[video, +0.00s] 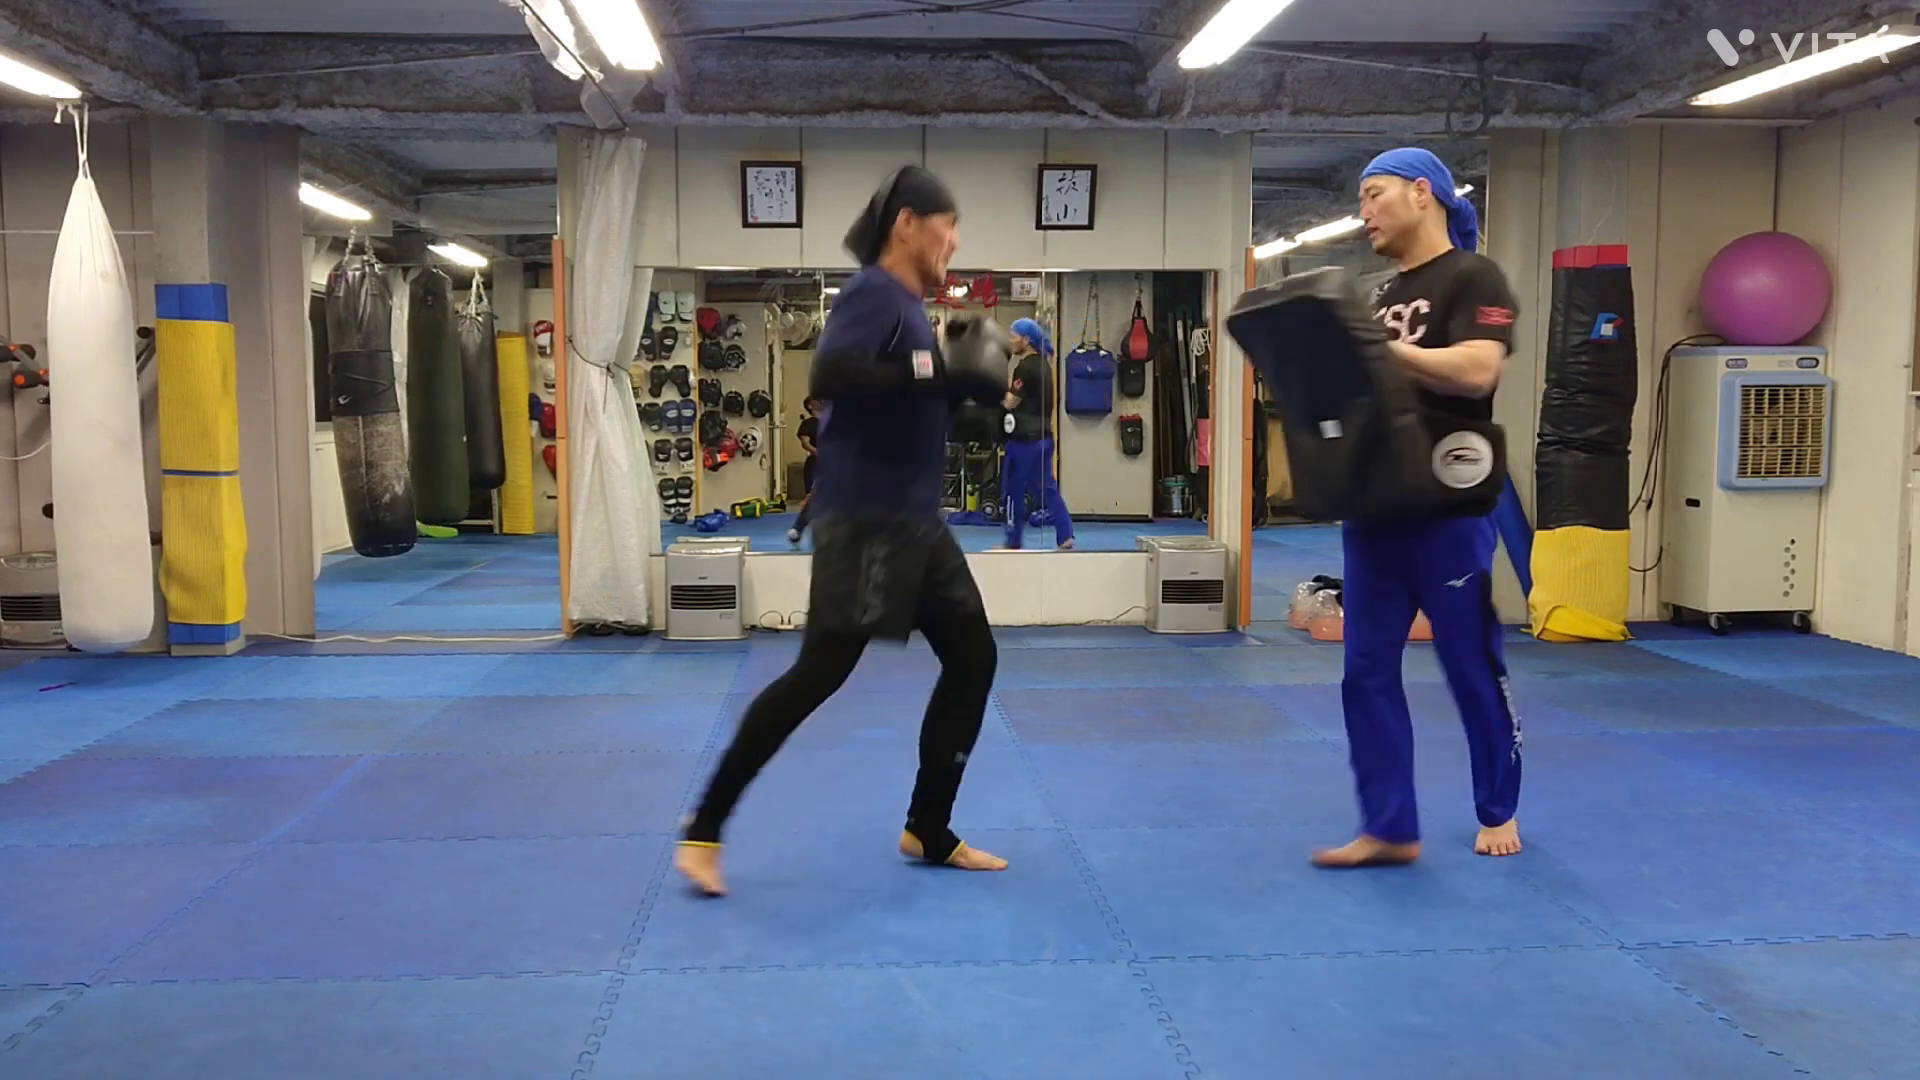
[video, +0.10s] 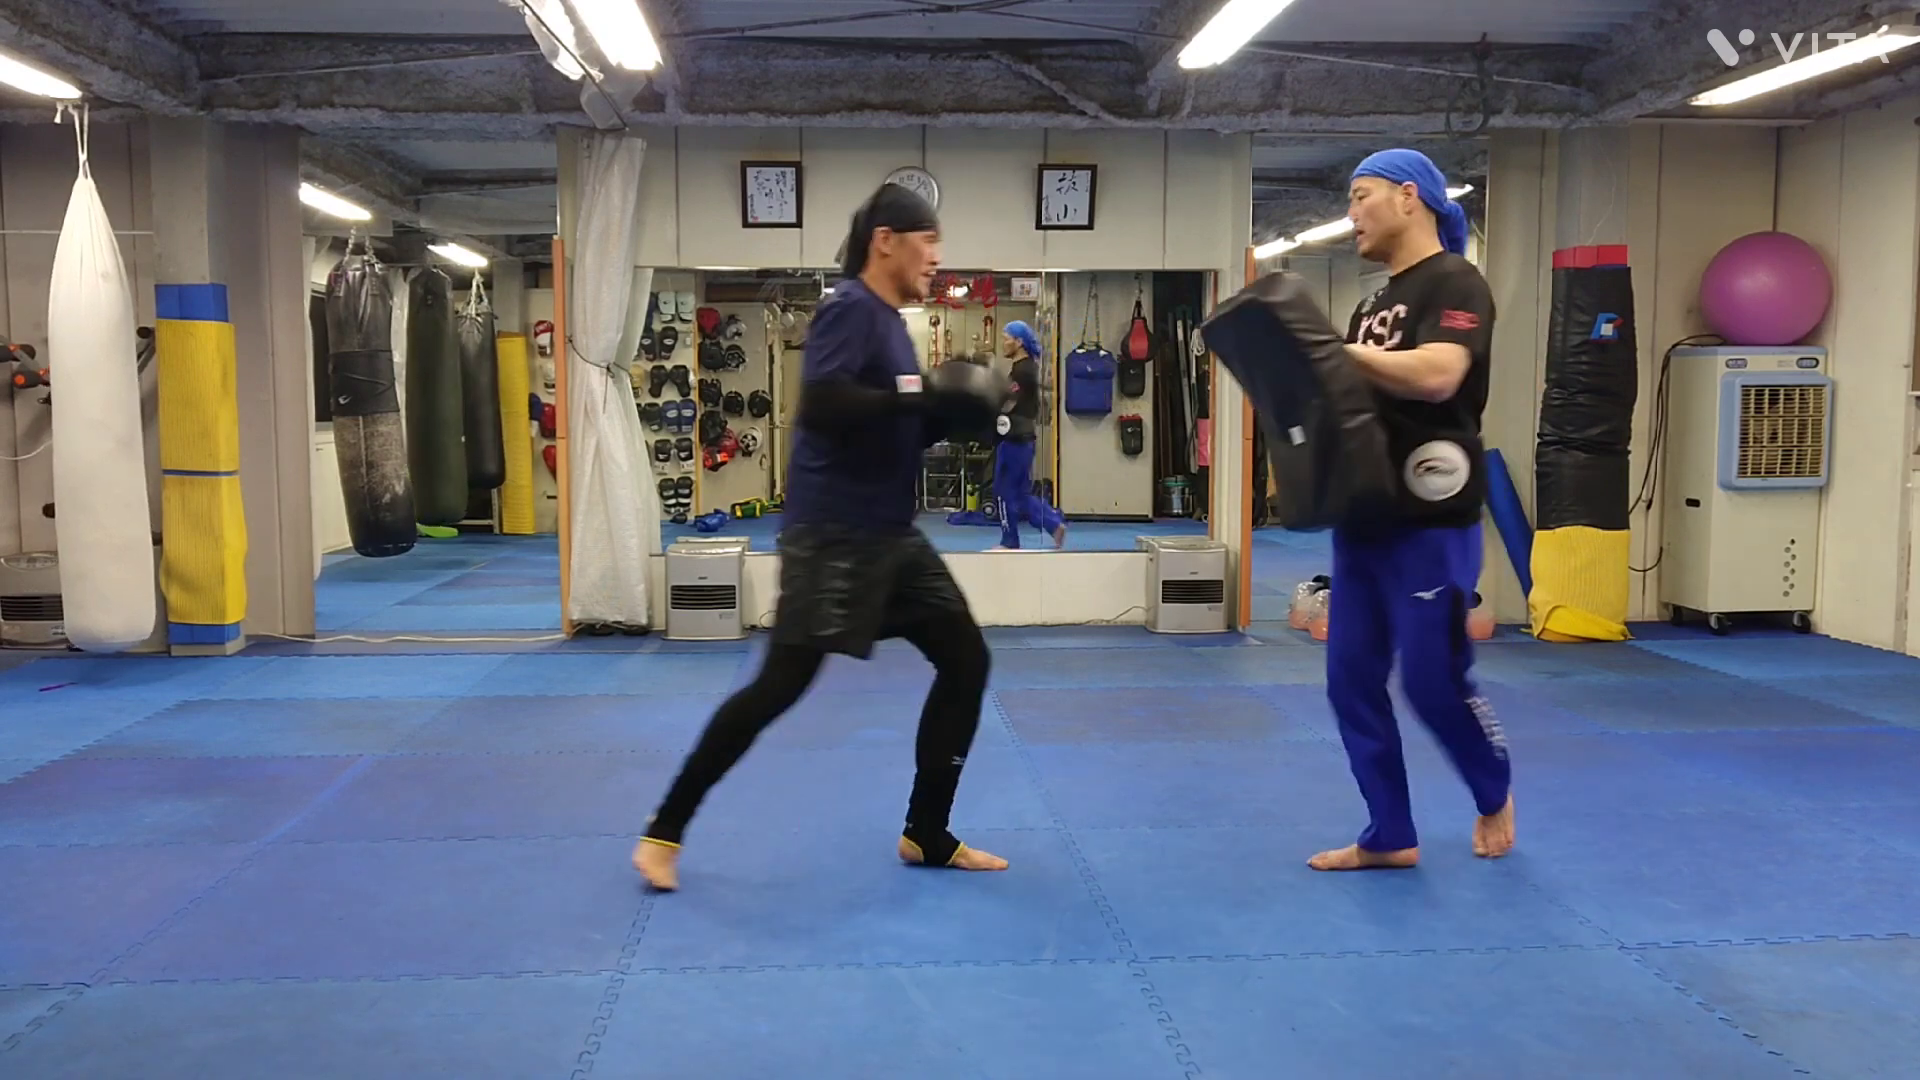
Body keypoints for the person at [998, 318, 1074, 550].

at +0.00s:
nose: (1011, 340)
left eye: (1014, 336)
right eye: (1011, 336)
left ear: (1026, 339)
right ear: (1028, 339)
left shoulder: (1026, 365)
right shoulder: (1043, 363)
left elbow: (1011, 401)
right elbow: (1046, 402)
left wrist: (998, 390)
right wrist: (1013, 395)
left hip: (1024, 438)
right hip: (1043, 436)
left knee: (1014, 488)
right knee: (1045, 486)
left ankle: (1013, 539)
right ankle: (1066, 536)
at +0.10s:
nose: (1003, 343)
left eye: (1006, 338)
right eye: (1004, 338)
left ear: (1019, 341)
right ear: (1018, 341)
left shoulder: (1022, 368)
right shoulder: (1025, 366)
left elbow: (1010, 399)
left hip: (1015, 436)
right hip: (1023, 434)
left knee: (1002, 489)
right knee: (1018, 492)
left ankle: (1009, 540)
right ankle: (1053, 524)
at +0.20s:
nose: (996, 342)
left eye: (1000, 338)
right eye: (996, 338)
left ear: (1012, 340)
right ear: (1009, 340)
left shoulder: (1019, 367)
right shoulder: (1010, 365)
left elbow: (1006, 402)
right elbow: (1004, 394)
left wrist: (983, 392)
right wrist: (987, 390)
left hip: (1013, 435)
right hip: (1008, 433)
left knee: (1002, 487)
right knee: (1002, 484)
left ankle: (1009, 540)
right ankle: (1023, 525)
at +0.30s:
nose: (991, 340)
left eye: (995, 336)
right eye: (991, 336)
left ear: (1008, 339)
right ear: (1000, 339)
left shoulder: (1016, 366)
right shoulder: (995, 365)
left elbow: (1005, 398)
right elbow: (990, 392)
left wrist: (979, 387)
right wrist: (972, 381)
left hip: (1008, 433)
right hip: (990, 432)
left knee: (1003, 486)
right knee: (985, 484)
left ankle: (1010, 539)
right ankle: (992, 535)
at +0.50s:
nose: (975, 345)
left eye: (980, 341)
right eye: (975, 341)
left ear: (994, 344)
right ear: (978, 344)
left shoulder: (1008, 372)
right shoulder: (972, 371)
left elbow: (1009, 402)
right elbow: (963, 398)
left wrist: (982, 395)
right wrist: (944, 386)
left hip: (1000, 436)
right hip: (975, 435)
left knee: (1002, 487)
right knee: (971, 484)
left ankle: (1009, 539)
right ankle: (967, 534)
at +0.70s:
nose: (970, 344)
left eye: (974, 339)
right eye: (968, 340)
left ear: (988, 342)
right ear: (968, 343)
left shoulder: (1003, 369)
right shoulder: (963, 369)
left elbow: (1013, 397)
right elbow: (953, 399)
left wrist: (990, 393)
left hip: (998, 434)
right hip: (971, 434)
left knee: (1002, 487)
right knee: (967, 486)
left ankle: (1005, 533)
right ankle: (966, 535)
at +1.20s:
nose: (971, 360)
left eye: (976, 356)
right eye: (969, 355)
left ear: (987, 359)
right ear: (965, 358)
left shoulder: (995, 384)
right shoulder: (957, 383)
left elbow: (1006, 411)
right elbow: (950, 411)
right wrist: (975, 404)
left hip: (992, 450)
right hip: (964, 449)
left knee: (1004, 496)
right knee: (947, 495)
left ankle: (1002, 535)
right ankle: (922, 536)